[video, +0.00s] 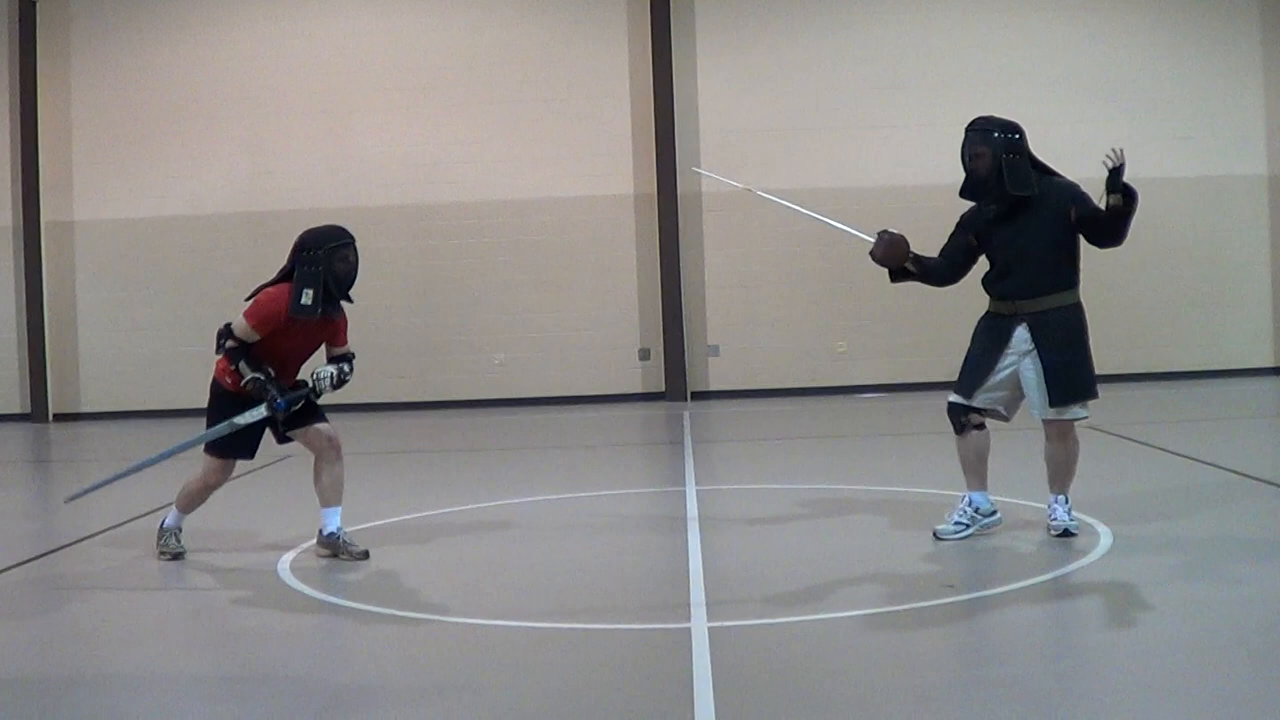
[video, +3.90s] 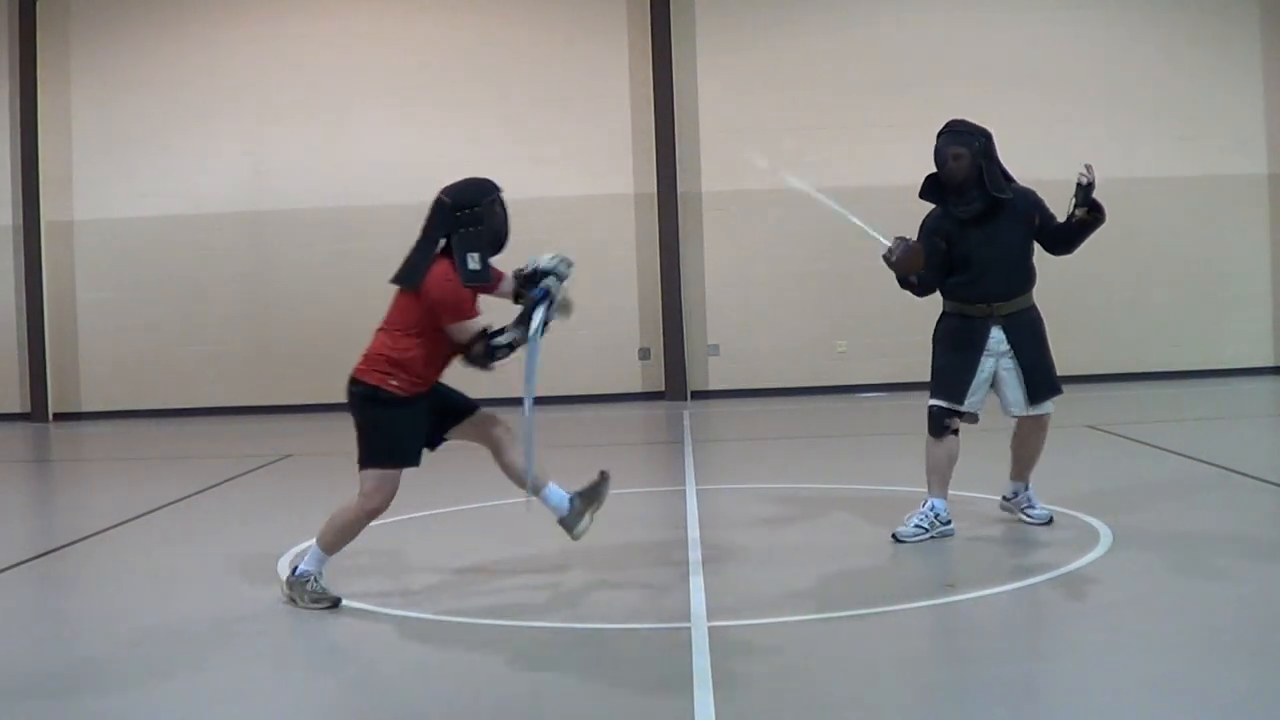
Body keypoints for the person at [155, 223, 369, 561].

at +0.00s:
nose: (349, 267)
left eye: (351, 259)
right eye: (341, 259)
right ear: (317, 263)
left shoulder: (333, 312)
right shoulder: (275, 301)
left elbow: (342, 360)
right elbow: (229, 343)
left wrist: (332, 374)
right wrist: (258, 382)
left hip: (283, 389)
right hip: (236, 387)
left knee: (328, 443)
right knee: (215, 474)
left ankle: (331, 534)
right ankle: (170, 525)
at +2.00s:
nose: (394, 235)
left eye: (395, 227)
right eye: (386, 227)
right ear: (360, 229)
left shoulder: (374, 283)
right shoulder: (320, 270)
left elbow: (381, 330)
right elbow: (280, 324)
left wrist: (383, 352)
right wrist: (309, 364)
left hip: (319, 366)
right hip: (272, 360)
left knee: (336, 444)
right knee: (266, 445)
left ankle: (331, 533)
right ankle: (239, 532)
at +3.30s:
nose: (423, 199)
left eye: (421, 189)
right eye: (414, 190)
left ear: (393, 197)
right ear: (388, 195)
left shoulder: (395, 256)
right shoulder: (350, 245)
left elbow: (399, 318)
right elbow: (326, 316)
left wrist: (420, 350)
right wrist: (365, 364)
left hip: (350, 367)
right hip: (304, 365)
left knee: (382, 458)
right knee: (318, 462)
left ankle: (387, 558)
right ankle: (287, 551)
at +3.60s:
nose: (440, 201)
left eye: (437, 192)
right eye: (432, 193)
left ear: (402, 200)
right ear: (409, 200)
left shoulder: (405, 250)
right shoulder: (375, 250)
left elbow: (413, 307)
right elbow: (350, 326)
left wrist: (447, 335)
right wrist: (395, 369)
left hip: (363, 372)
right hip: (321, 372)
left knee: (419, 447)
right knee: (343, 473)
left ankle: (408, 547)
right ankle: (301, 572)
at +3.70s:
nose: (453, 201)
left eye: (451, 192)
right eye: (446, 193)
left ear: (412, 201)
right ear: (425, 201)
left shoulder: (417, 250)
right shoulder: (394, 254)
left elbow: (437, 291)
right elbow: (372, 330)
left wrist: (467, 312)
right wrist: (422, 361)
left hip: (371, 374)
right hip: (333, 373)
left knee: (427, 445)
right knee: (352, 481)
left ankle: (459, 544)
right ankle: (299, 571)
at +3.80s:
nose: (471, 213)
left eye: (470, 204)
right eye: (464, 205)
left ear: (429, 214)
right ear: (445, 215)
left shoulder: (435, 257)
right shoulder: (416, 271)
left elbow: (468, 280)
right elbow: (408, 349)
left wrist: (498, 295)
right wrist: (465, 358)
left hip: (390, 377)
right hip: (352, 379)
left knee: (456, 435)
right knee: (369, 489)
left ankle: (517, 520)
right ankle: (298, 566)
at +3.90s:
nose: (503, 221)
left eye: (500, 212)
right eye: (495, 213)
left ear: (460, 224)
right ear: (473, 224)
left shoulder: (464, 265)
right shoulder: (442, 279)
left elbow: (516, 289)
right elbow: (482, 351)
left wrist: (542, 280)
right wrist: (533, 321)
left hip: (416, 389)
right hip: (380, 391)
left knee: (495, 431)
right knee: (374, 499)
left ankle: (566, 508)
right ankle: (302, 570)